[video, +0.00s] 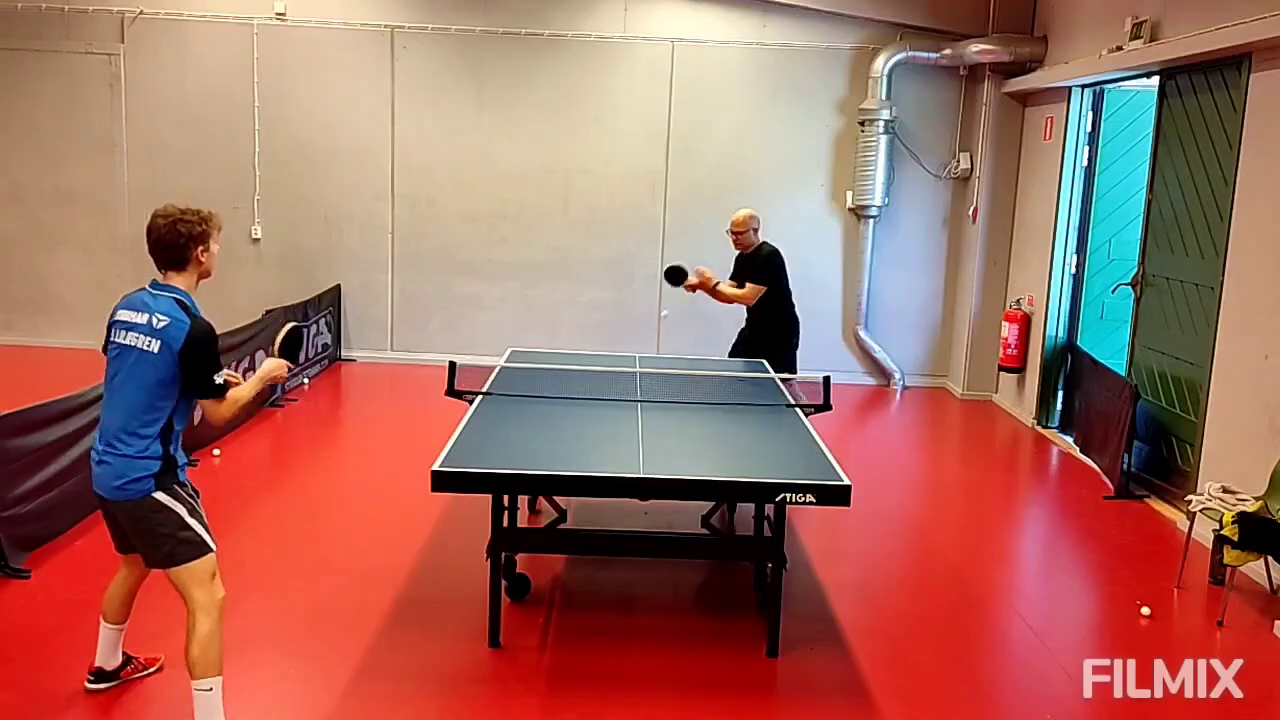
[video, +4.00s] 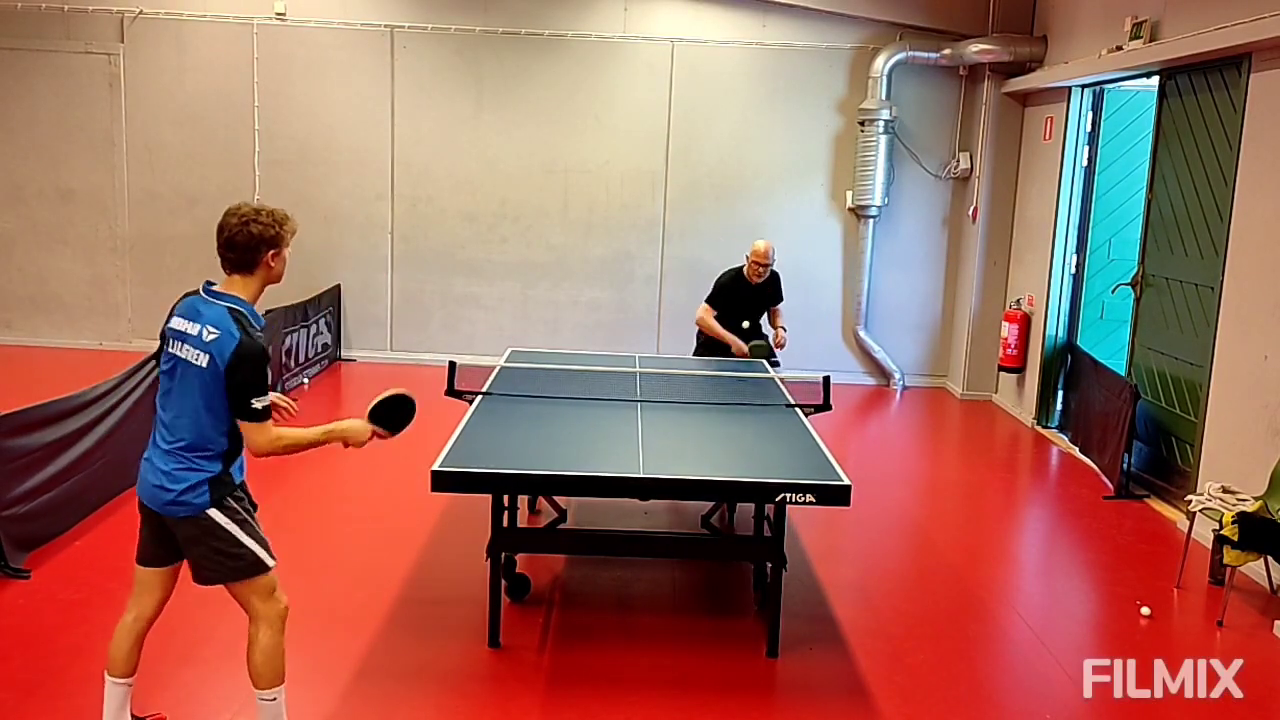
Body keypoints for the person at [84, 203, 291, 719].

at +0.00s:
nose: (217, 252)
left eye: (215, 243)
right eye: (214, 245)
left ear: (162, 254)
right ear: (198, 255)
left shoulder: (127, 306)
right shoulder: (193, 328)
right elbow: (221, 412)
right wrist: (265, 376)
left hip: (108, 472)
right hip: (150, 480)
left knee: (134, 563)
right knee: (207, 597)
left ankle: (106, 666)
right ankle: (211, 715)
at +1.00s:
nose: (358, 270)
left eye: (357, 261)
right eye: (356, 262)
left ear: (296, 262)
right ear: (340, 269)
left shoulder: (245, 310)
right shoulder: (332, 340)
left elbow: (188, 375)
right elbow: (413, 343)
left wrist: (233, 393)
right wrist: (419, 273)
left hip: (207, 488)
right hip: (261, 506)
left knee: (215, 574)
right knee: (332, 614)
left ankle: (185, 680)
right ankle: (262, 714)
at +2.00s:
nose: (227, 365)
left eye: (229, 357)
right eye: (222, 357)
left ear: (188, 349)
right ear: (188, 354)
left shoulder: (164, 360)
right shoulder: (139, 418)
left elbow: (190, 404)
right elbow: (188, 498)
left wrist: (231, 419)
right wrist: (263, 525)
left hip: (171, 501)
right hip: (148, 518)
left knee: (174, 587)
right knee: (236, 607)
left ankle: (79, 644)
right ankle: (212, 717)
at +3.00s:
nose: (298, 314)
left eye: (299, 305)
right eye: (295, 306)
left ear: (246, 299)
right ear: (270, 308)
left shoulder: (209, 327)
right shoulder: (223, 372)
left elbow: (219, 367)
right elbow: (215, 473)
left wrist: (260, 380)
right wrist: (283, 522)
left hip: (127, 484)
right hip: (160, 501)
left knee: (132, 581)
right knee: (247, 609)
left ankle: (82, 682)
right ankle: (266, 714)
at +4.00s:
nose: (286, 260)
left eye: (286, 251)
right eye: (284, 252)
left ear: (227, 255)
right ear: (269, 260)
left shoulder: (188, 307)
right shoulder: (245, 341)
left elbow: (184, 390)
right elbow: (261, 441)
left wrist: (252, 401)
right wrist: (337, 431)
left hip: (157, 483)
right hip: (204, 495)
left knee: (140, 609)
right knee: (269, 610)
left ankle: (114, 715)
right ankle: (274, 716)